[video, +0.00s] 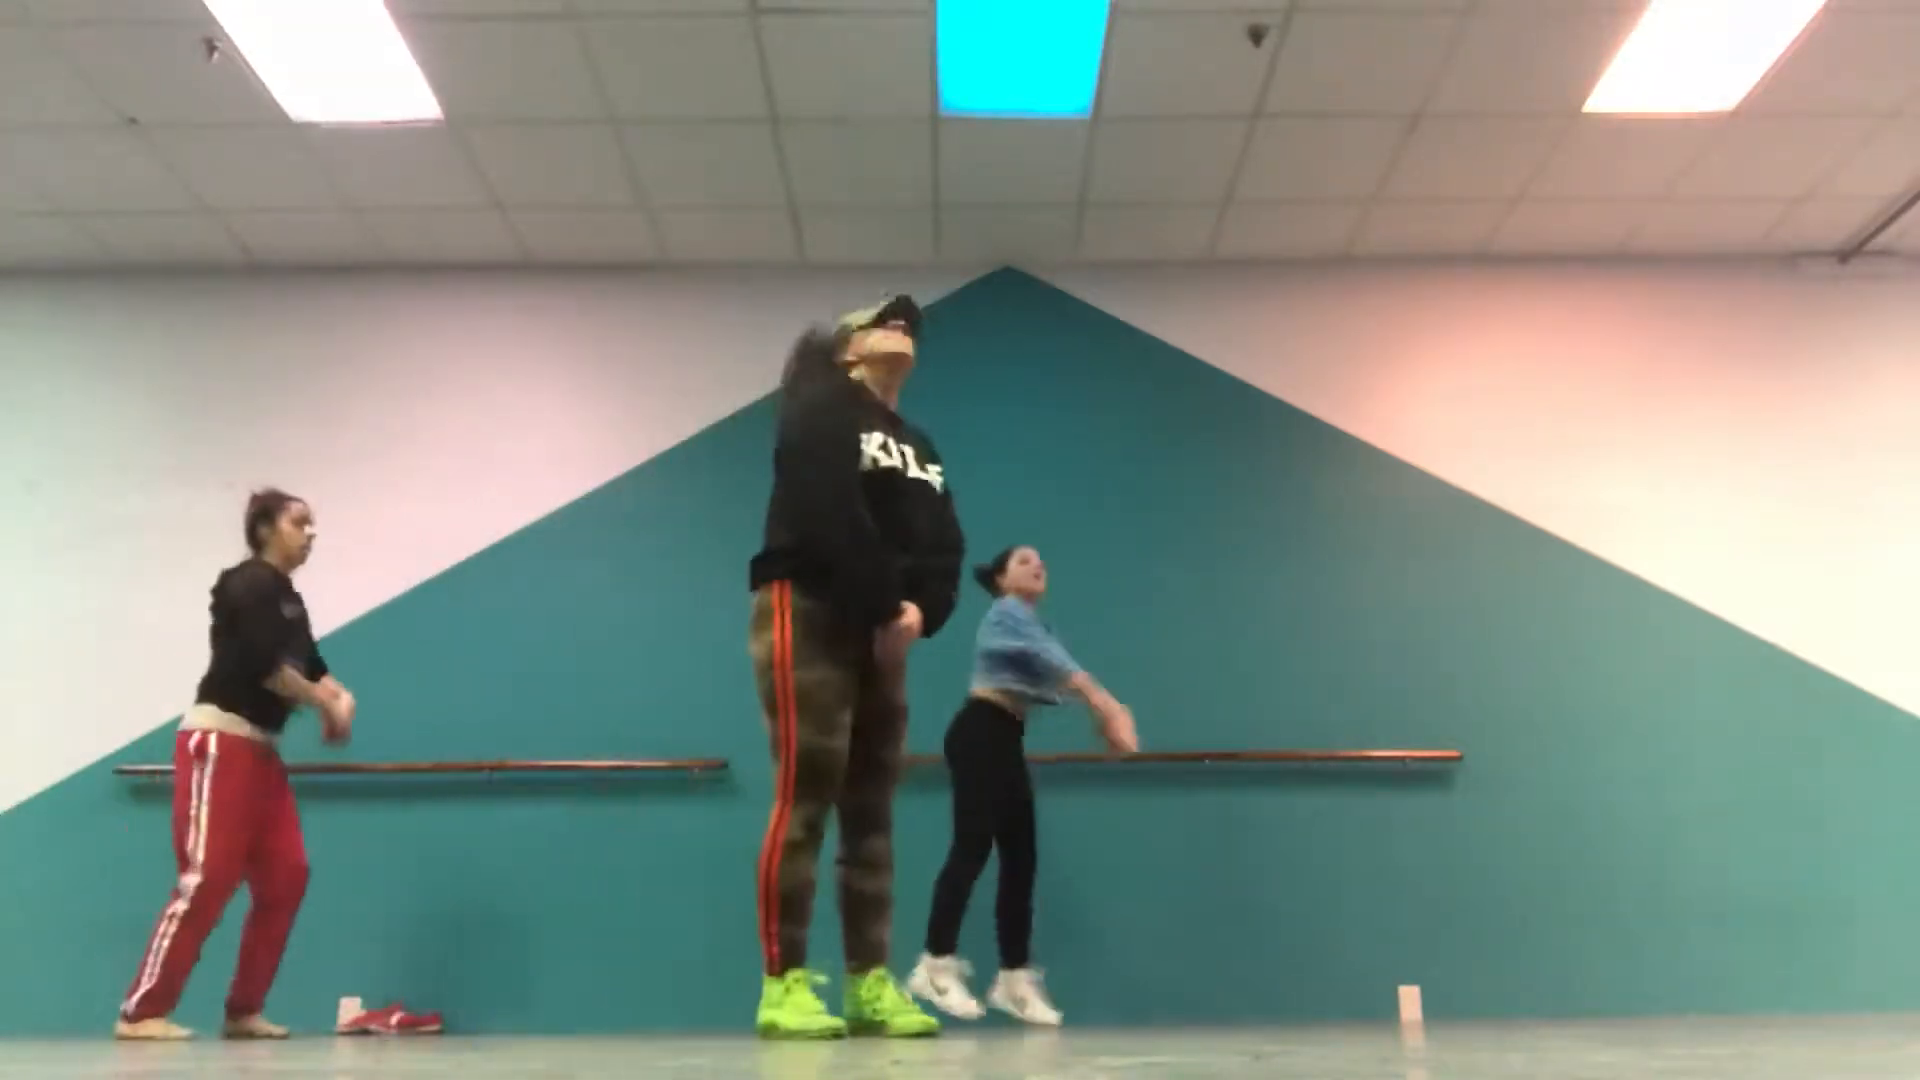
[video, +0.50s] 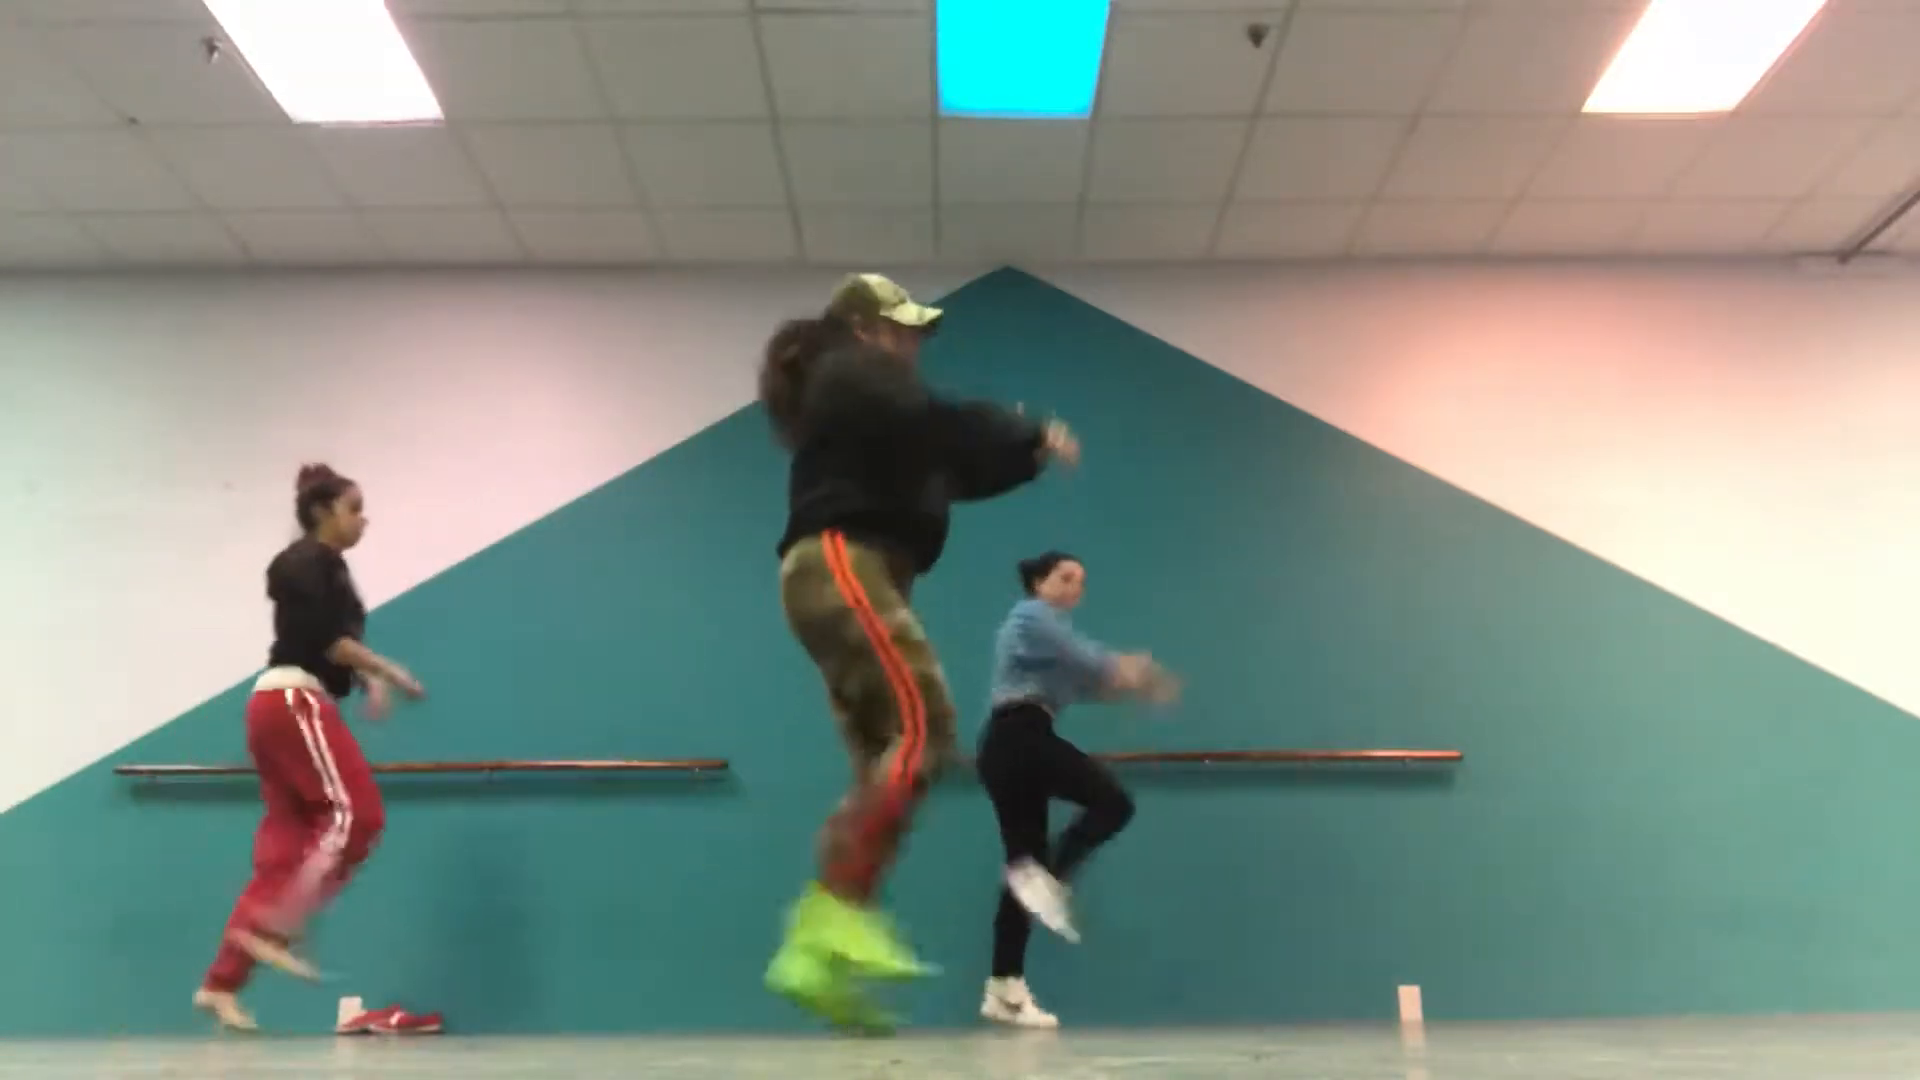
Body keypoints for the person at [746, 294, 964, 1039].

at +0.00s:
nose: (903, 329)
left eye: (906, 323)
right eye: (886, 321)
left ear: (905, 353)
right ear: (849, 345)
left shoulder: (915, 440)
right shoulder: (822, 402)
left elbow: (945, 541)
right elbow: (827, 510)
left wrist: (924, 606)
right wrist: (885, 597)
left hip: (879, 616)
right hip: (806, 602)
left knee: (870, 798)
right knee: (807, 792)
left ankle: (868, 981)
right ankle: (783, 984)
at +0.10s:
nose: (920, 352)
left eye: (922, 343)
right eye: (906, 338)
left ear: (915, 359)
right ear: (863, 346)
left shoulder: (929, 446)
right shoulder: (834, 398)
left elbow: (949, 542)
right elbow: (843, 509)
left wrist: (932, 607)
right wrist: (891, 601)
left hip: (887, 615)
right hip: (814, 598)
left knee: (878, 794)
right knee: (813, 785)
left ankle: (870, 983)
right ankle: (783, 984)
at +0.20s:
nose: (934, 375)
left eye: (937, 364)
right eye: (922, 362)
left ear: (919, 369)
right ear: (878, 360)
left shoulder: (926, 455)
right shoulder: (845, 412)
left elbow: (955, 550)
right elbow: (857, 528)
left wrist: (943, 614)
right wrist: (896, 624)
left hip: (890, 624)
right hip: (821, 608)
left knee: (906, 798)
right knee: (863, 778)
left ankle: (874, 978)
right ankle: (766, 957)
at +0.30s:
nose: (933, 390)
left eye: (935, 377)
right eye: (922, 376)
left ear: (902, 380)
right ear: (882, 374)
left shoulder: (914, 471)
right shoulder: (849, 425)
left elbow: (946, 552)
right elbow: (885, 528)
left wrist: (976, 601)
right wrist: (966, 589)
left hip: (885, 636)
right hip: (829, 619)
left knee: (924, 803)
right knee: (911, 771)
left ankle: (874, 989)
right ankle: (743, 859)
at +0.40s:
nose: (920, 360)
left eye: (921, 347)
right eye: (908, 345)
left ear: (883, 350)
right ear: (869, 344)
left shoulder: (877, 411)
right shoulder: (844, 395)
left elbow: (924, 492)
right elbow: (914, 474)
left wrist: (1001, 510)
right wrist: (1001, 513)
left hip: (866, 591)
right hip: (838, 583)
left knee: (892, 779)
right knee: (925, 741)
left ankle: (870, 980)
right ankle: (761, 834)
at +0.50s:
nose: (915, 343)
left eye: (915, 333)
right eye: (903, 331)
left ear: (871, 329)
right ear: (864, 328)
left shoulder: (876, 394)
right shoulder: (847, 373)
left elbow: (949, 467)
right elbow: (929, 425)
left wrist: (1031, 453)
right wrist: (1027, 432)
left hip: (852, 570)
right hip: (838, 561)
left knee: (887, 760)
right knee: (920, 731)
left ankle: (822, 946)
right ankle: (839, 902)